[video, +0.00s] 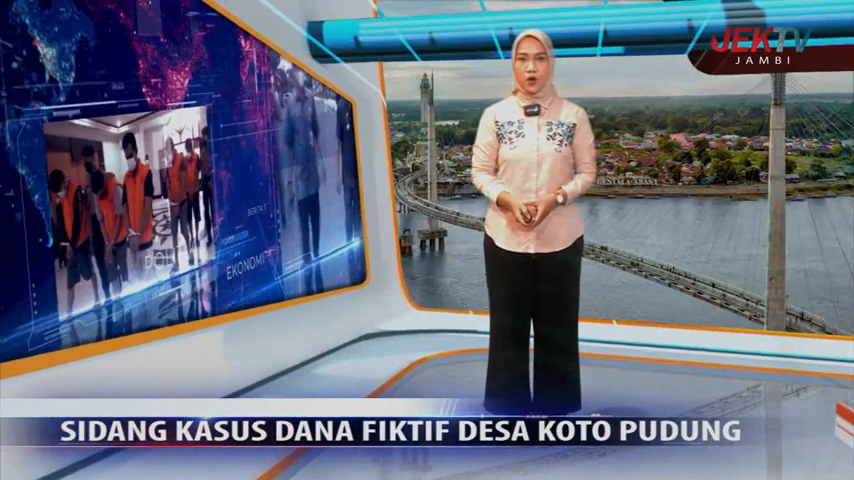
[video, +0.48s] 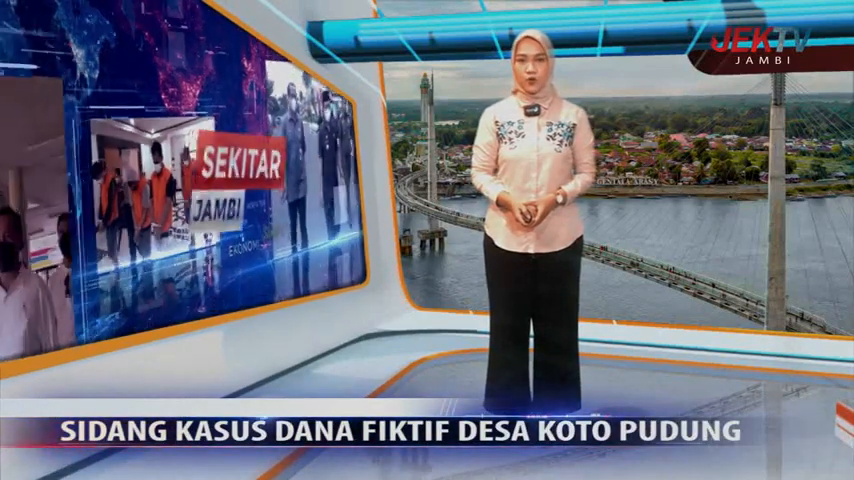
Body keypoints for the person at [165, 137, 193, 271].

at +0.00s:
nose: (168, 150)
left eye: (169, 147)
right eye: (166, 148)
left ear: (173, 147)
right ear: (166, 149)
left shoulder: (180, 159)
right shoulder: (168, 162)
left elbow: (184, 179)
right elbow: (168, 180)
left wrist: (183, 195)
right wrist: (169, 195)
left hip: (183, 199)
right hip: (173, 200)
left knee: (184, 229)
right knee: (174, 231)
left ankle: (190, 254)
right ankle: (176, 261)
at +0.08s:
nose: (171, 151)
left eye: (173, 147)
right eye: (169, 148)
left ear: (176, 147)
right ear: (168, 150)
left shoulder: (182, 159)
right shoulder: (169, 163)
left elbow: (186, 178)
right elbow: (170, 181)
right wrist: (171, 194)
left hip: (184, 196)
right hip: (175, 197)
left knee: (185, 226)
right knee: (176, 227)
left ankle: (192, 247)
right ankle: (178, 254)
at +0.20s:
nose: (175, 149)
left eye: (177, 147)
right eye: (174, 147)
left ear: (180, 148)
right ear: (173, 148)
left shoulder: (186, 161)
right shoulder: (173, 162)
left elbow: (189, 177)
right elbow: (172, 179)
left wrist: (189, 189)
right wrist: (174, 190)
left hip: (186, 195)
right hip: (177, 196)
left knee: (186, 223)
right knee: (180, 223)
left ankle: (191, 247)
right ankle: (184, 249)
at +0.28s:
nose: (178, 151)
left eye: (180, 149)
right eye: (178, 149)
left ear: (182, 150)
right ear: (176, 150)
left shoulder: (189, 164)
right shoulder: (176, 165)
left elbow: (190, 179)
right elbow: (176, 179)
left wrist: (188, 192)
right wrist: (177, 191)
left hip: (187, 196)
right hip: (180, 196)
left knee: (187, 222)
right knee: (183, 222)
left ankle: (188, 248)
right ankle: (187, 247)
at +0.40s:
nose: (182, 157)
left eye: (183, 155)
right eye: (181, 155)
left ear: (186, 154)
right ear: (179, 155)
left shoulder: (192, 166)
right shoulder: (179, 166)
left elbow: (195, 181)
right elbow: (179, 180)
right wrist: (181, 194)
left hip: (191, 197)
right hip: (183, 198)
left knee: (189, 223)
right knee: (187, 222)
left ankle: (190, 243)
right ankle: (190, 243)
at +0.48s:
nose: (184, 158)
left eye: (185, 155)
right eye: (182, 156)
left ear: (189, 155)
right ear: (181, 157)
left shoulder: (193, 166)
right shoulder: (183, 168)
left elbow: (195, 181)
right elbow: (183, 183)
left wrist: (193, 196)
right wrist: (185, 197)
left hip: (194, 196)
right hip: (187, 197)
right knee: (189, 221)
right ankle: (192, 240)